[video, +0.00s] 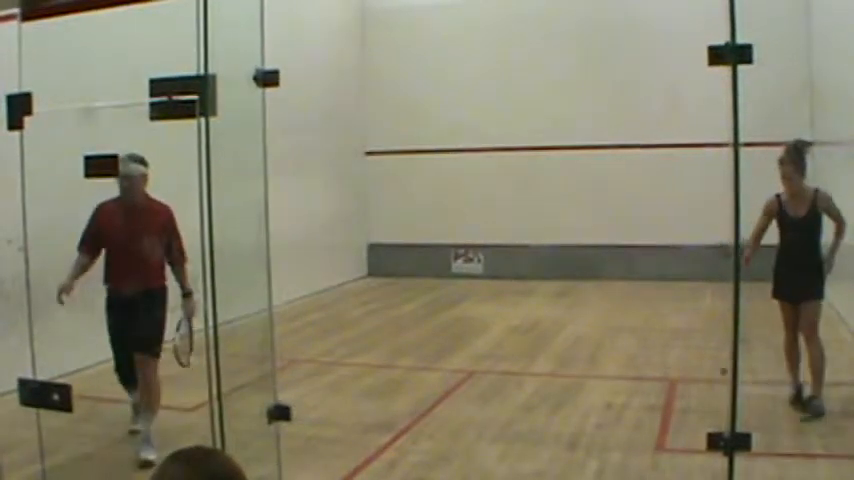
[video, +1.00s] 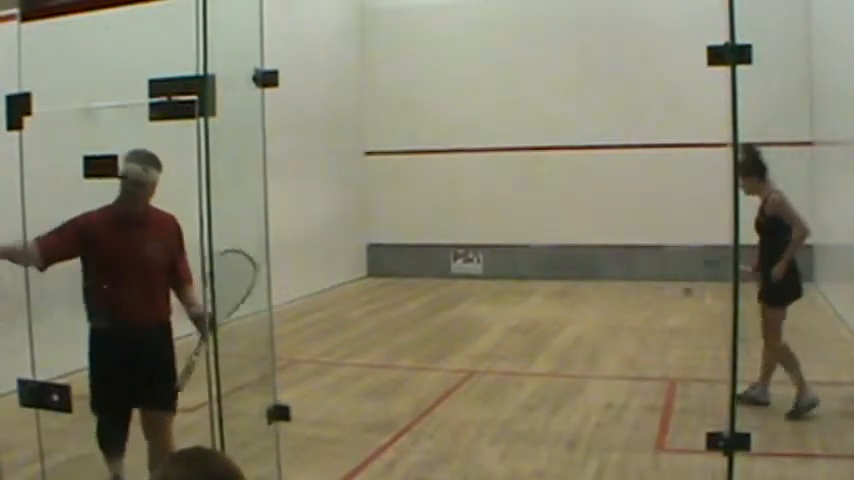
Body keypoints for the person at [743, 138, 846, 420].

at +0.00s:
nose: (784, 181)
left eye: (788, 176)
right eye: (782, 176)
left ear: (801, 174)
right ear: (780, 175)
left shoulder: (819, 199)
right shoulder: (776, 204)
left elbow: (840, 223)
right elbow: (758, 233)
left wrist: (831, 256)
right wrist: (750, 250)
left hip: (811, 270)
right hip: (785, 271)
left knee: (809, 332)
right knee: (790, 332)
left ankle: (816, 394)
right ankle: (795, 385)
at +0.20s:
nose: (782, 179)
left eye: (785, 173)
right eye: (780, 173)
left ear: (799, 172)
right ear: (781, 174)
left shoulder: (822, 198)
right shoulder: (781, 204)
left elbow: (849, 224)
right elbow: (766, 235)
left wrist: (836, 257)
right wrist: (750, 256)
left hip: (816, 272)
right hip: (790, 272)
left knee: (811, 334)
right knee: (791, 334)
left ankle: (816, 396)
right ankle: (797, 386)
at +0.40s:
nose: (774, 181)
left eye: (777, 175)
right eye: (774, 176)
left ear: (790, 174)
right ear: (787, 175)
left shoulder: (819, 198)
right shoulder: (784, 203)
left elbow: (849, 224)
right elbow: (778, 232)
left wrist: (836, 258)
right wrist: (764, 256)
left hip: (817, 274)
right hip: (794, 272)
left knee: (810, 334)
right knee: (783, 331)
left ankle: (814, 398)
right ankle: (801, 381)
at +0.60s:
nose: (766, 183)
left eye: (767, 178)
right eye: (765, 178)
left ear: (781, 175)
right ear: (779, 175)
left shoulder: (809, 200)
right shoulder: (782, 203)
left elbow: (841, 226)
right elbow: (782, 240)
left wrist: (824, 258)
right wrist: (763, 264)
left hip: (814, 276)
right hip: (792, 275)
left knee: (806, 335)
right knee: (781, 331)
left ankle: (814, 399)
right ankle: (773, 389)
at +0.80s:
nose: (753, 184)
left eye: (754, 178)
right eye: (752, 178)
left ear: (766, 176)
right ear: (769, 175)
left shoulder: (792, 200)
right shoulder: (777, 201)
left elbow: (823, 230)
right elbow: (782, 243)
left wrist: (805, 263)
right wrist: (765, 270)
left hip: (799, 279)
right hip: (782, 278)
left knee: (801, 339)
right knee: (776, 334)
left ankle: (812, 398)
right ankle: (764, 387)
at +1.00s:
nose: (742, 184)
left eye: (744, 179)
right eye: (741, 180)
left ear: (756, 176)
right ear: (755, 178)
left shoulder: (776, 199)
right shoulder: (765, 202)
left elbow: (801, 231)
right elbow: (771, 238)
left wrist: (783, 264)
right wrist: (759, 263)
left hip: (779, 278)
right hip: (769, 275)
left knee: (774, 340)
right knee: (769, 338)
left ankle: (805, 393)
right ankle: (761, 388)